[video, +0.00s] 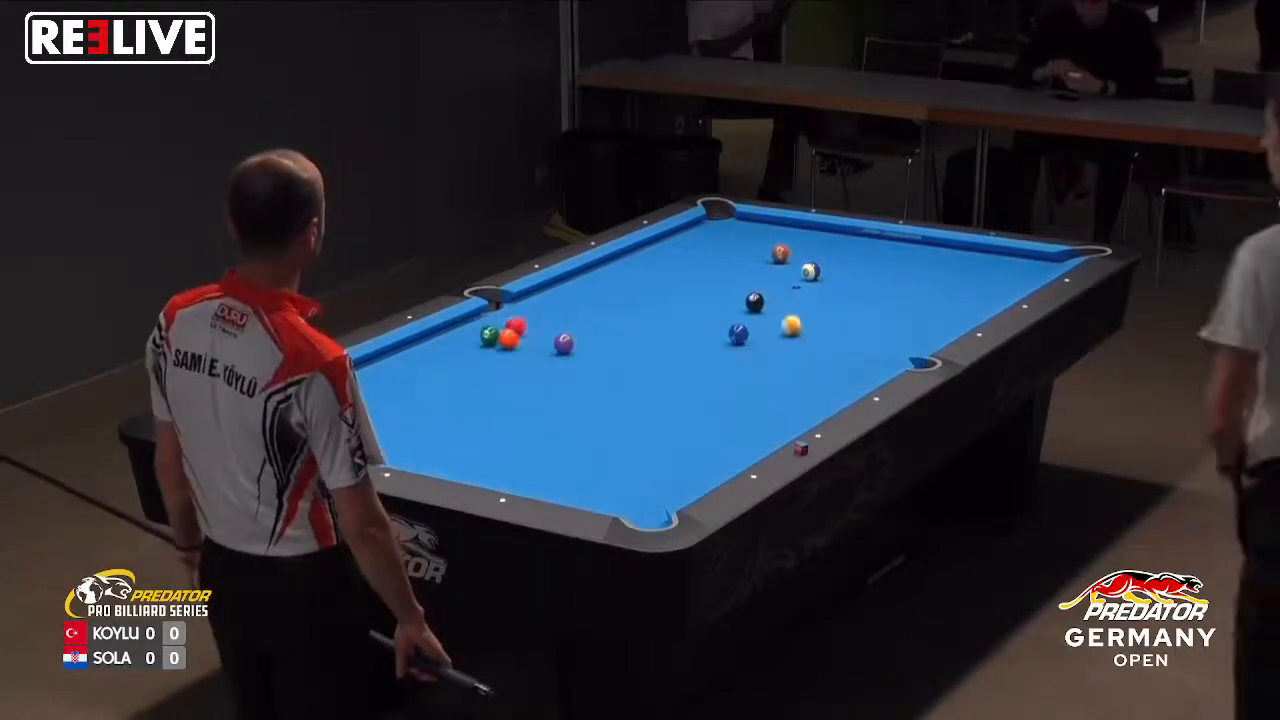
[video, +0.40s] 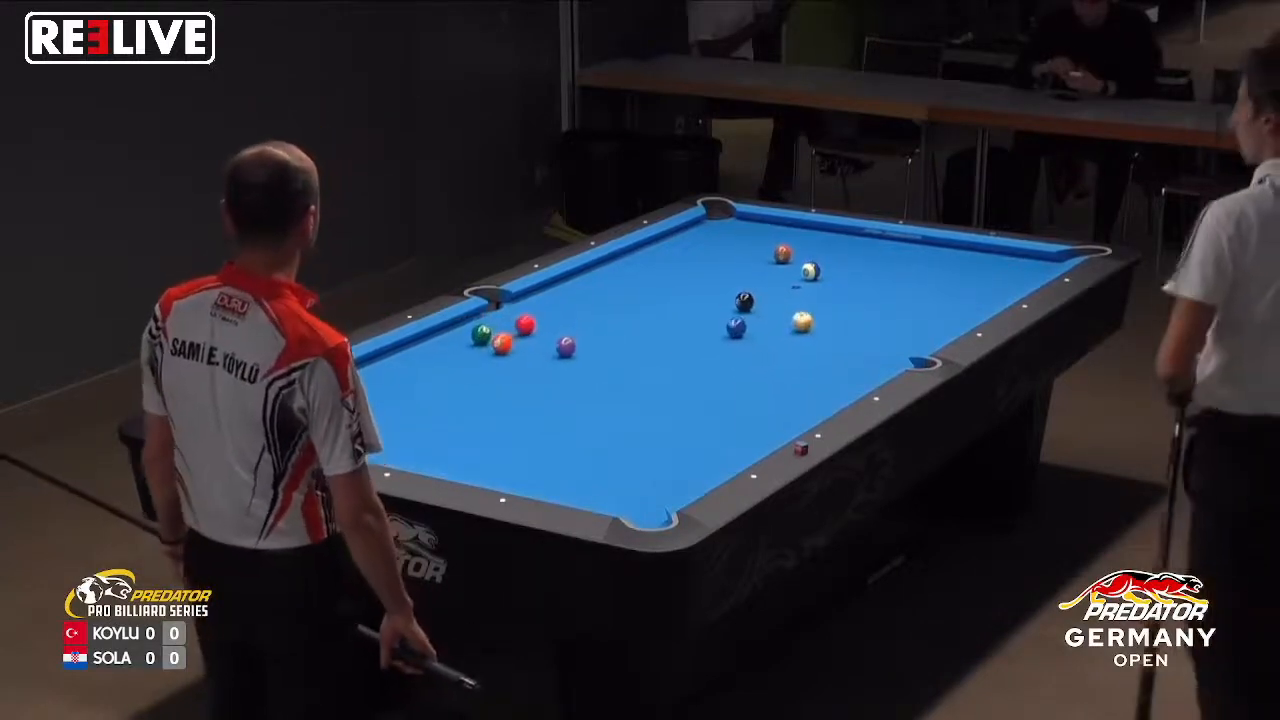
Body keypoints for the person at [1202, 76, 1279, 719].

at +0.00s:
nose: (1266, 144)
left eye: (1268, 130)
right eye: (1269, 130)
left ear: (1273, 141)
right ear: (1274, 143)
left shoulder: (1262, 258)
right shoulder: (1258, 258)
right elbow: (1229, 403)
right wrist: (1237, 469)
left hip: (1271, 480)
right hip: (1269, 477)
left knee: (1263, 636)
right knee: (1260, 635)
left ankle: (1258, 705)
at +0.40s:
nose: (1234, 119)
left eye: (1241, 105)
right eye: (1238, 104)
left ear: (1266, 118)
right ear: (1272, 120)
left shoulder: (1235, 217)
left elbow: (1174, 362)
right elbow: (1175, 362)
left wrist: (1184, 388)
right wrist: (1191, 381)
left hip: (1241, 434)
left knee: (1227, 614)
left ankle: (1232, 705)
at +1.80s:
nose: (1197, 18)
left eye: (1207, 7)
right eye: (1199, 7)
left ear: (1244, 14)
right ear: (1260, 15)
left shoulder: (1219, 87)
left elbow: (1183, 202)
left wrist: (1168, 231)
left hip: (1228, 260)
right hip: (1279, 257)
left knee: (1206, 414)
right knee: (1275, 418)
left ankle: (1216, 557)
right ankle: (1269, 556)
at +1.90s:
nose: (1194, 9)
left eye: (1205, 0)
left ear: (1242, 5)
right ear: (1255, 8)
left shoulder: (1223, 73)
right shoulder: (1273, 60)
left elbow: (1189, 188)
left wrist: (1164, 217)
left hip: (1225, 242)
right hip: (1277, 238)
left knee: (1202, 389)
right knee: (1275, 393)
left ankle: (1224, 541)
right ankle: (1271, 536)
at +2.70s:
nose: (1087, 8)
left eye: (1088, 5)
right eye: (1087, 6)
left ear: (1102, 1)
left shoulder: (1137, 29)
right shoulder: (1165, 18)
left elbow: (1183, 116)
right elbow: (1189, 117)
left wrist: (1153, 191)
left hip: (1144, 192)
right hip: (1147, 186)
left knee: (1150, 325)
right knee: (1132, 313)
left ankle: (1189, 463)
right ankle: (1130, 421)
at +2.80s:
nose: (1072, 4)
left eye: (1074, 0)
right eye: (1073, 2)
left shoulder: (1124, 27)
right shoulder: (1132, 19)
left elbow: (1177, 109)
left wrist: (1148, 189)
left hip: (1132, 188)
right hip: (1132, 183)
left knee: (1144, 325)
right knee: (1112, 308)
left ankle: (1188, 465)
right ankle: (1079, 410)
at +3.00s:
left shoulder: (1084, 17)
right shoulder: (1064, 22)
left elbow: (1141, 95)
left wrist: (1122, 178)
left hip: (1091, 181)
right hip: (1067, 176)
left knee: (1097, 327)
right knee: (1054, 316)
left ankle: (1163, 444)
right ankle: (1051, 417)